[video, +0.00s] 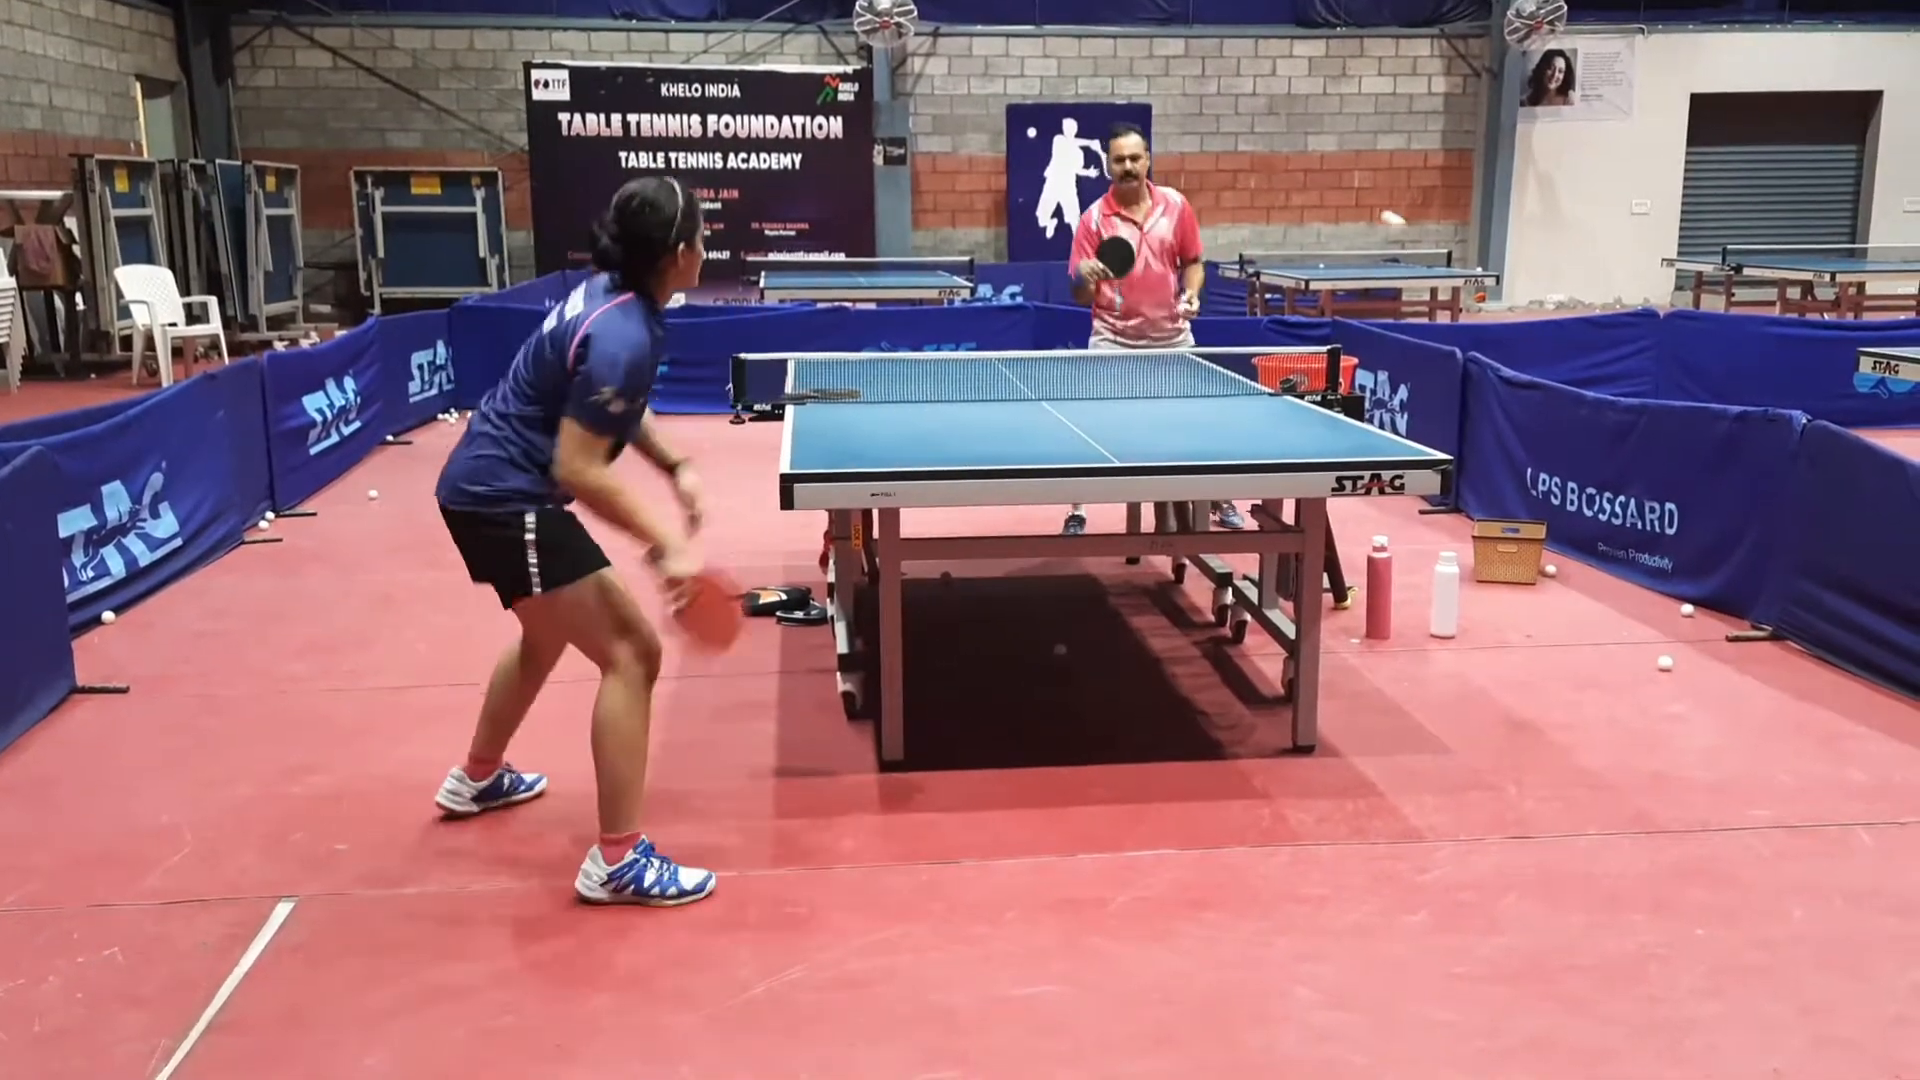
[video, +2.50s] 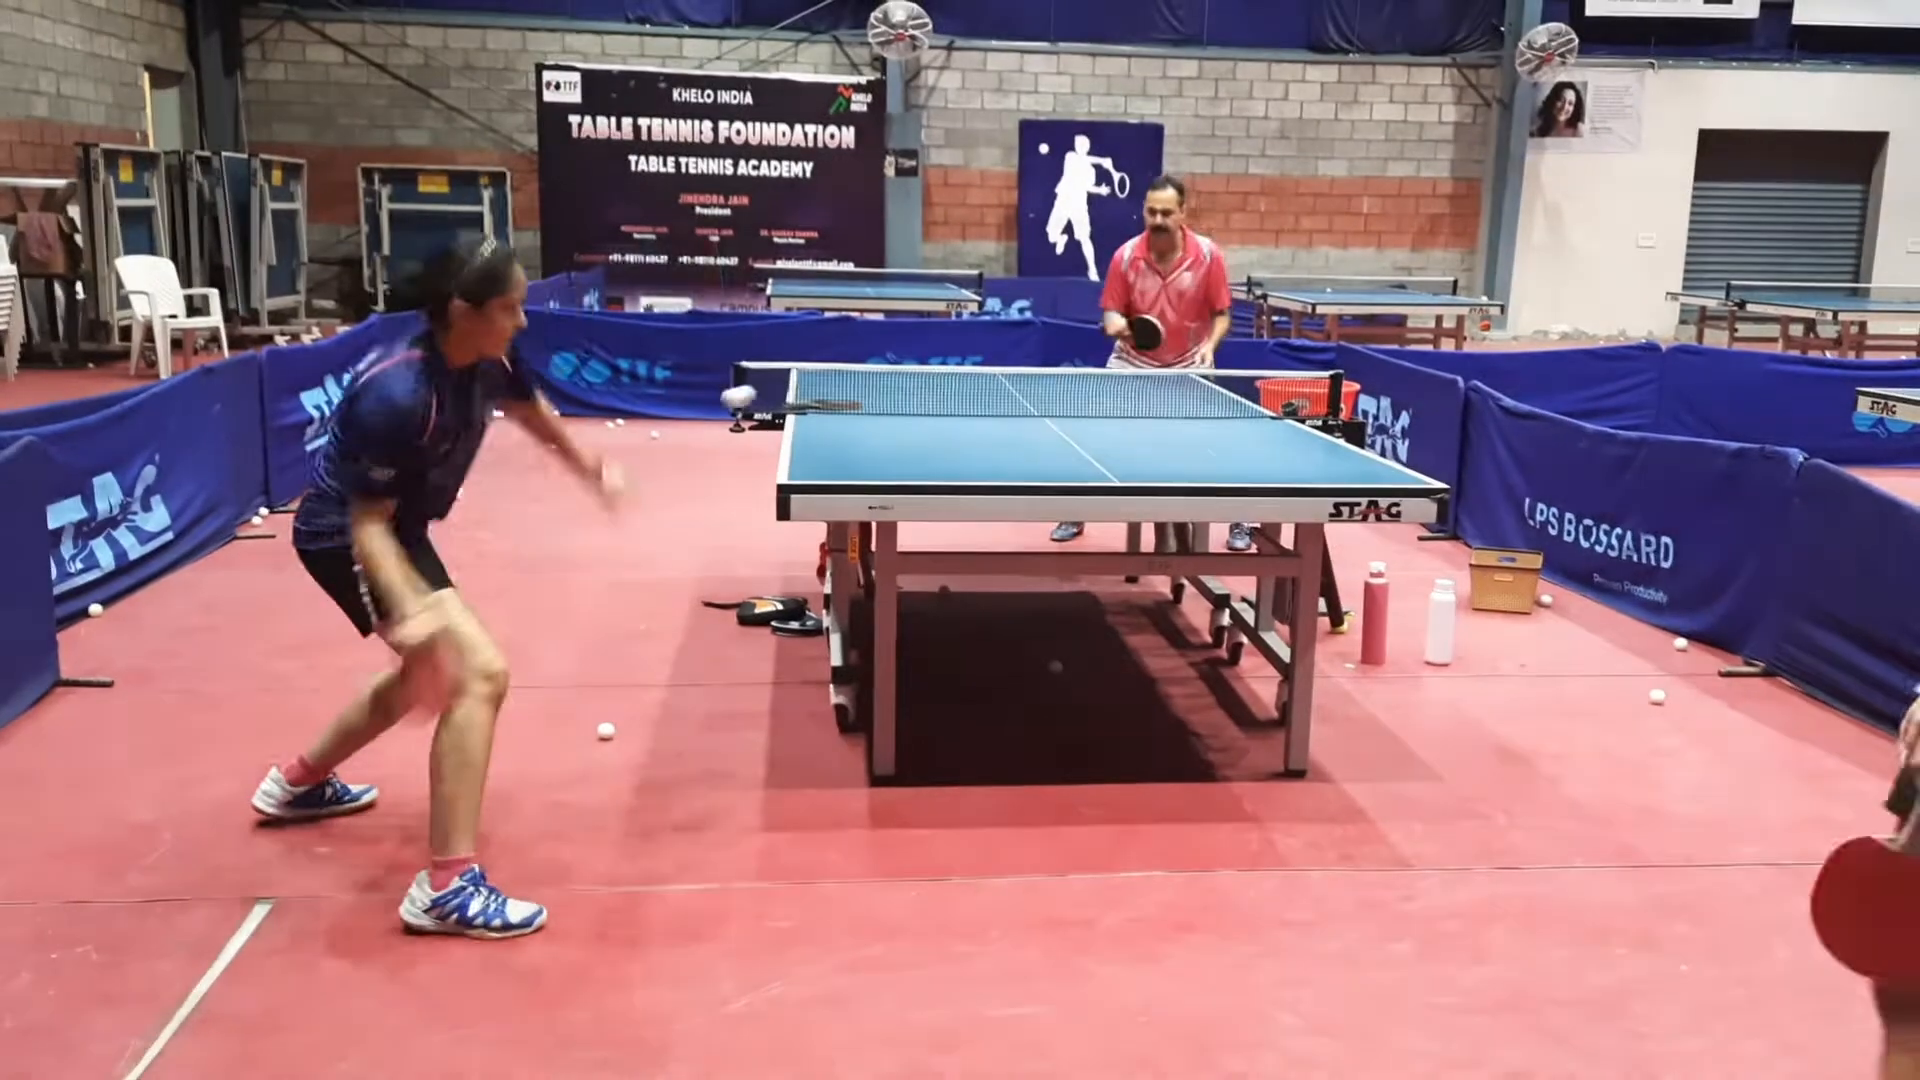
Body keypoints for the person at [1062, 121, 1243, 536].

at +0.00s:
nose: (1127, 167)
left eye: (1134, 159)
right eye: (1118, 160)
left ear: (1149, 161)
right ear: (1107, 165)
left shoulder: (1175, 206)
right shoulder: (1093, 218)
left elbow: (1193, 261)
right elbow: (1081, 296)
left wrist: (1192, 292)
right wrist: (1087, 275)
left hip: (1173, 339)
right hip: (1112, 339)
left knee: (1203, 415)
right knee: (1090, 418)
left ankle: (1221, 498)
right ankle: (1077, 509)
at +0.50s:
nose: (1184, 196)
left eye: (1192, 188)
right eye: (1175, 188)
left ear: (1204, 178)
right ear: (1163, 179)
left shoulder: (1225, 213)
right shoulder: (1143, 218)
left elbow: (1234, 277)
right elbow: (1118, 282)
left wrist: (1203, 280)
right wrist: (1136, 277)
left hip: (1207, 334)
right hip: (1148, 332)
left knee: (1218, 412)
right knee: (1127, 409)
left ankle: (1220, 498)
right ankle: (1113, 493)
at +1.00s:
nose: (1189, 179)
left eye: (1198, 172)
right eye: (1183, 171)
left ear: (1213, 171)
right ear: (1173, 168)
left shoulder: (1231, 216)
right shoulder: (1150, 208)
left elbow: (1235, 278)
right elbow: (1110, 270)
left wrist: (1215, 321)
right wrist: (1117, 247)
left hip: (1204, 337)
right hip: (1144, 333)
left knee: (1219, 418)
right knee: (1121, 412)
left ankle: (1216, 500)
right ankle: (1100, 498)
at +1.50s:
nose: (1139, 202)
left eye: (1147, 195)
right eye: (1133, 195)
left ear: (1164, 194)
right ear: (1126, 195)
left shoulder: (1192, 233)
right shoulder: (1110, 237)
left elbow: (1211, 293)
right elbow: (1087, 290)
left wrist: (1184, 333)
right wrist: (1076, 302)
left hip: (1182, 343)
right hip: (1123, 342)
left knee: (1204, 419)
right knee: (1086, 413)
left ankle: (1213, 504)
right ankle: (1066, 502)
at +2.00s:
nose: (1172, 214)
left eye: (1180, 206)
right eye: (1165, 206)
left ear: (1193, 203)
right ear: (1154, 203)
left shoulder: (1208, 239)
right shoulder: (1133, 240)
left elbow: (1211, 297)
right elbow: (1107, 298)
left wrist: (1207, 343)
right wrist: (1127, 307)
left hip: (1183, 353)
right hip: (1125, 351)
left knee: (1205, 427)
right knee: (1090, 421)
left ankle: (1218, 512)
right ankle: (1068, 507)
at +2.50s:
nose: (1158, 221)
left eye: (1167, 213)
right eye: (1152, 213)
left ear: (1183, 214)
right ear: (1143, 213)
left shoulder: (1208, 255)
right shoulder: (1127, 255)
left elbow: (1223, 313)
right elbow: (1111, 313)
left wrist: (1210, 344)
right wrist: (1119, 327)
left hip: (1190, 367)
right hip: (1130, 364)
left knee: (1218, 435)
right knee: (1092, 428)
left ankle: (1239, 518)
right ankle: (1073, 512)